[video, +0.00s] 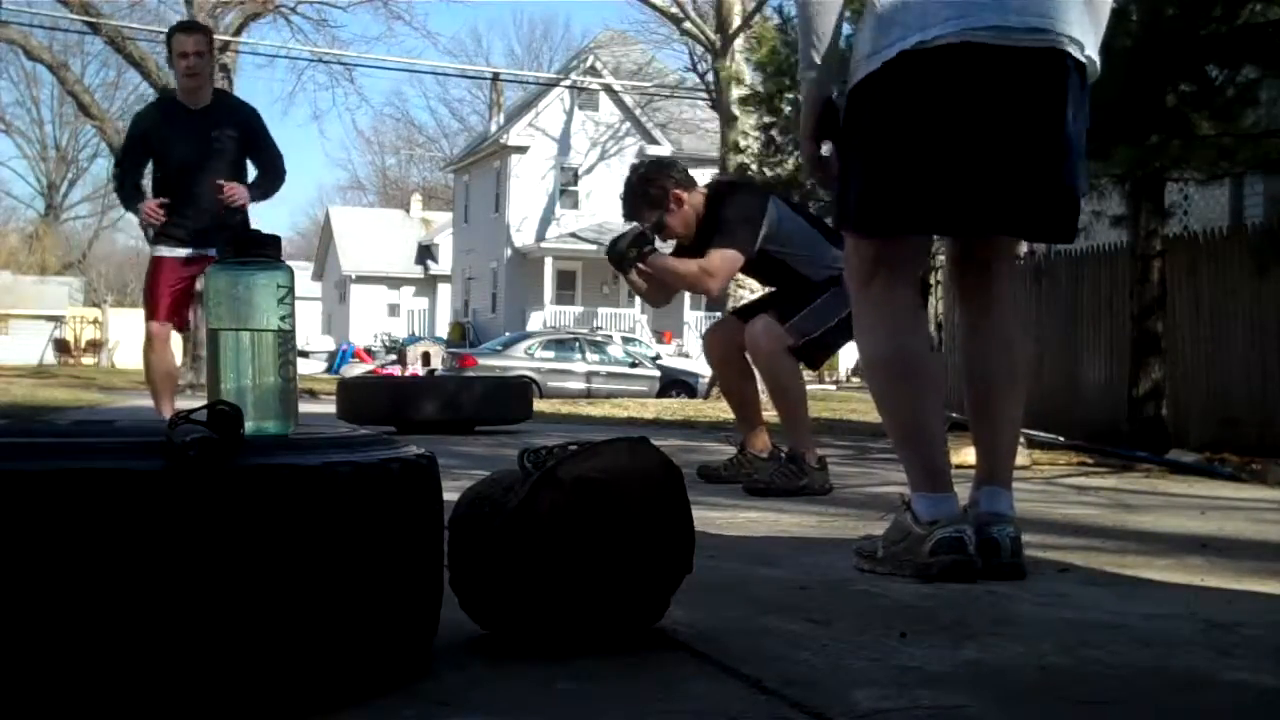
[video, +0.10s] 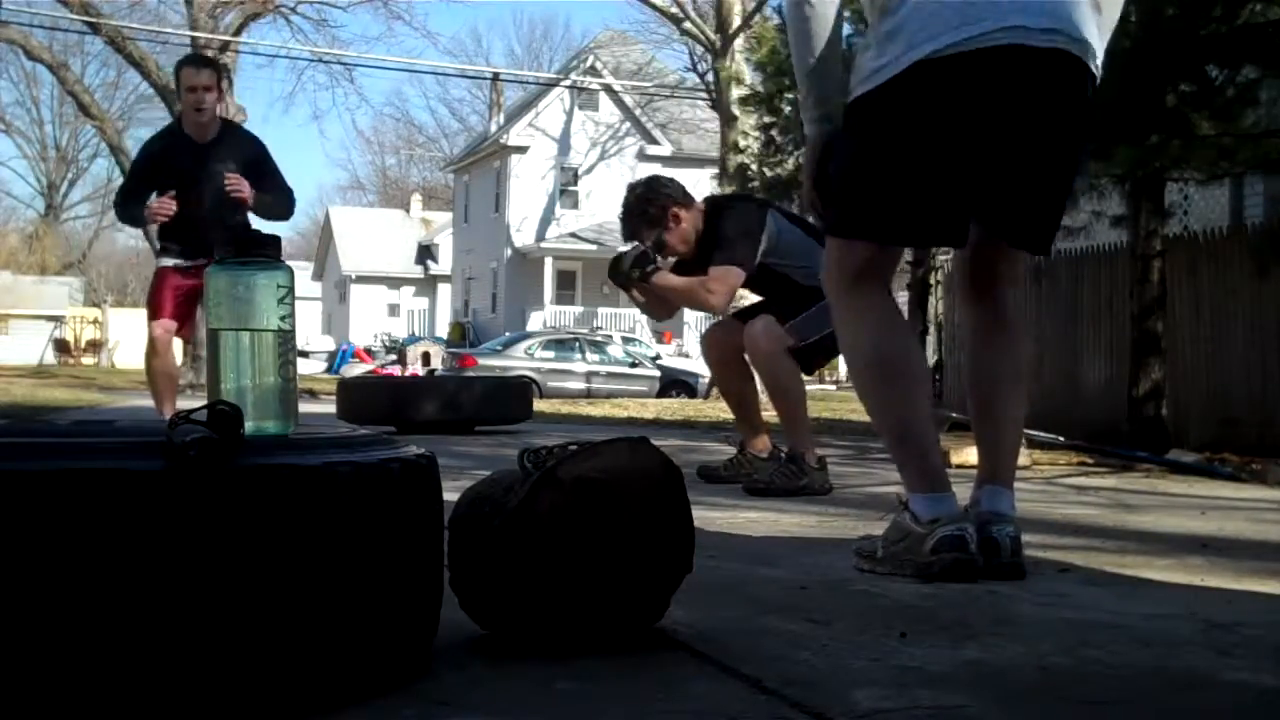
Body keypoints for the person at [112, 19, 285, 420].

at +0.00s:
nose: (191, 63)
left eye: (199, 55)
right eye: (182, 56)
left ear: (212, 58)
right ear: (171, 61)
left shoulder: (240, 114)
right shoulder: (152, 118)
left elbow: (275, 170)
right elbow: (125, 174)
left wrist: (251, 191)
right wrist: (138, 204)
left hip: (228, 241)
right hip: (173, 241)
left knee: (233, 331)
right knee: (157, 330)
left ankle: (232, 419)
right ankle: (169, 420)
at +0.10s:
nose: (201, 98)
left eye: (208, 90)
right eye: (192, 90)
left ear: (220, 93)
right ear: (179, 94)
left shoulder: (244, 144)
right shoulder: (160, 146)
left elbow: (284, 206)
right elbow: (124, 206)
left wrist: (254, 199)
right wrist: (145, 212)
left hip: (232, 260)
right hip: (178, 260)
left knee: (240, 337)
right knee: (160, 332)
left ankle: (238, 422)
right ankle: (170, 422)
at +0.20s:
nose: (208, 135)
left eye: (216, 127)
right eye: (199, 127)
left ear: (227, 129)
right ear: (186, 130)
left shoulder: (251, 176)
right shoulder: (167, 177)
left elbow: (291, 239)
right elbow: (128, 239)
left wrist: (257, 222)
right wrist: (156, 232)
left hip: (240, 277)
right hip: (183, 277)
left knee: (254, 336)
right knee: (162, 333)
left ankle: (246, 422)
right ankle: (170, 424)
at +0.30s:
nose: (214, 168)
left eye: (223, 159)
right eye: (206, 160)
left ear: (234, 161)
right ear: (193, 162)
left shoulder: (255, 202)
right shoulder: (173, 204)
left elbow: (292, 261)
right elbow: (135, 271)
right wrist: (168, 255)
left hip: (243, 283)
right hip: (187, 285)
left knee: (260, 334)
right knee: (162, 335)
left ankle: (252, 421)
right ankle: (170, 424)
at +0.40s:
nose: (219, 189)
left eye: (227, 180)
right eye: (211, 181)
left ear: (239, 181)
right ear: (198, 181)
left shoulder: (260, 220)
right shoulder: (178, 221)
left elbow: (294, 283)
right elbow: (140, 288)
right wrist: (177, 273)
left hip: (248, 295)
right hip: (194, 297)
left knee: (267, 337)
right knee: (163, 338)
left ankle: (258, 422)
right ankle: (172, 425)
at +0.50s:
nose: (223, 199)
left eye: (231, 191)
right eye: (214, 191)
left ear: (242, 192)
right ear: (201, 192)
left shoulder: (264, 231)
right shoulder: (180, 232)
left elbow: (295, 294)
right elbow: (144, 300)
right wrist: (180, 283)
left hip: (249, 306)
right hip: (196, 309)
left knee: (272, 339)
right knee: (165, 342)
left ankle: (260, 423)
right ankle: (173, 425)